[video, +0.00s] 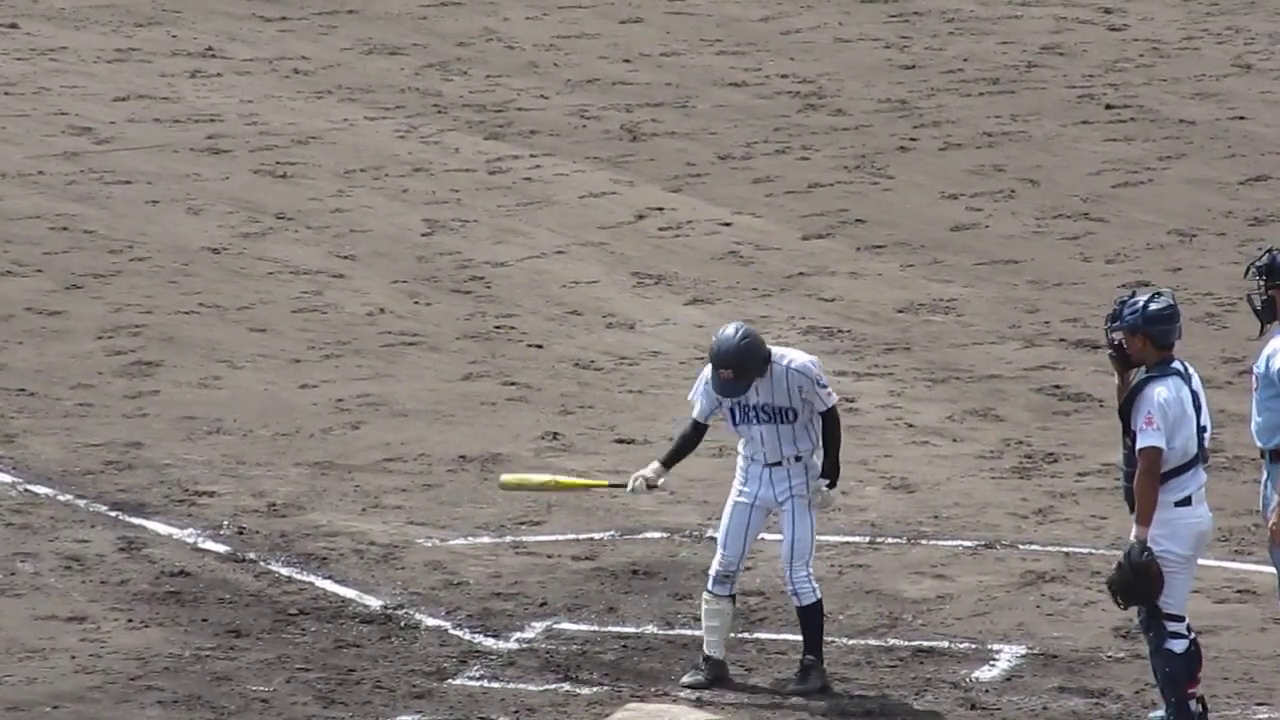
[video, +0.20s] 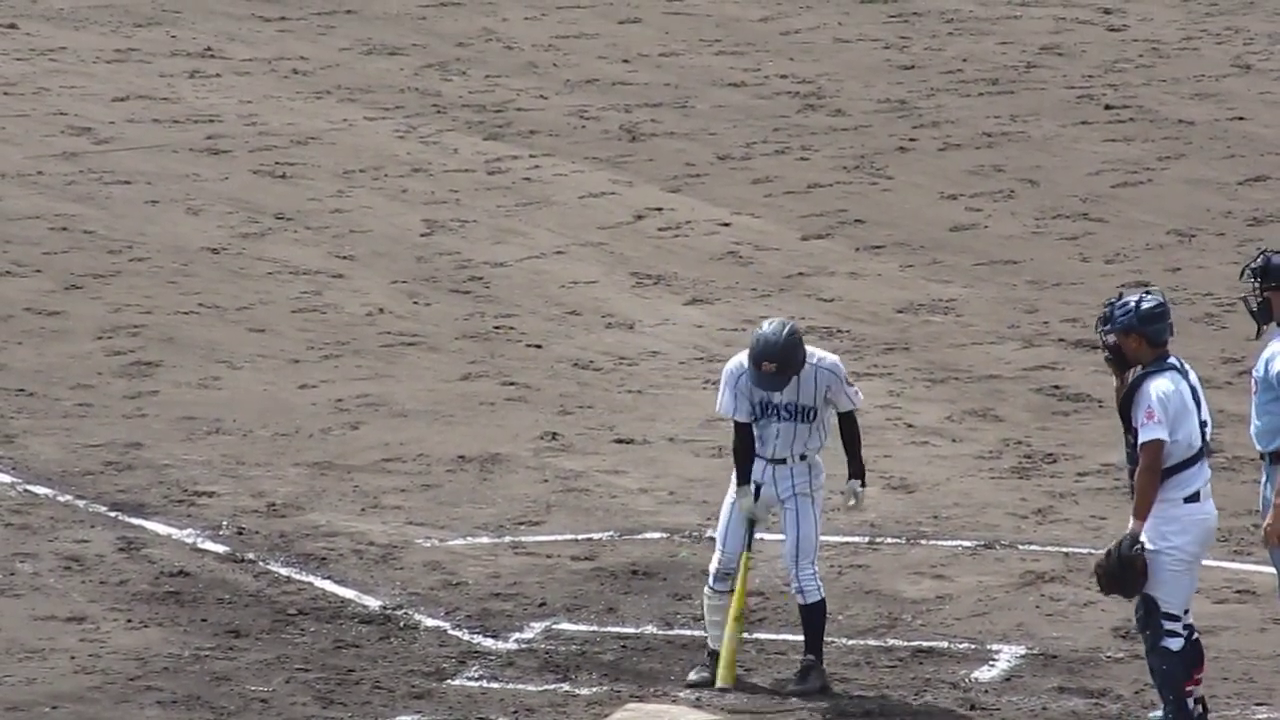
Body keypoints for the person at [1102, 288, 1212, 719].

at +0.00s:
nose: (1121, 341)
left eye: (1125, 334)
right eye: (1122, 334)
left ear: (1141, 340)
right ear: (1166, 336)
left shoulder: (1152, 392)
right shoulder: (1185, 374)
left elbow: (1149, 467)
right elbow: (1130, 425)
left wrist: (1139, 536)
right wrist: (1123, 374)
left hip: (1168, 518)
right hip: (1193, 510)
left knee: (1163, 621)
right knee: (1167, 613)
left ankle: (1182, 708)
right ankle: (1184, 699)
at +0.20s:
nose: (1112, 343)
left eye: (1117, 335)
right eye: (1112, 335)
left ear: (1135, 340)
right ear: (1153, 335)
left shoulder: (1152, 389)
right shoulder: (1179, 371)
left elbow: (1151, 464)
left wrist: (1135, 529)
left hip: (1174, 514)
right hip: (1194, 507)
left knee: (1159, 621)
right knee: (1170, 614)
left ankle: (1180, 708)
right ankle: (1186, 700)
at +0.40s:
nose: (1105, 347)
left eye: (1110, 339)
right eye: (1105, 339)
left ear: (1129, 342)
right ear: (1143, 337)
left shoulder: (1154, 386)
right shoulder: (1169, 370)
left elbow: (1156, 456)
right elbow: (1136, 434)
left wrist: (1134, 513)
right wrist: (1115, 385)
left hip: (1185, 512)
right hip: (1195, 505)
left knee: (1151, 613)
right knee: (1169, 611)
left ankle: (1181, 709)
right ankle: (1191, 700)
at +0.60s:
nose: (1099, 356)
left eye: (1104, 348)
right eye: (1099, 347)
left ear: (1124, 351)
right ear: (1135, 347)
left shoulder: (1147, 395)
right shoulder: (1166, 380)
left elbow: (1155, 467)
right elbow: (1160, 444)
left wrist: (1119, 504)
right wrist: (1109, 435)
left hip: (1184, 518)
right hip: (1193, 513)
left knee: (1139, 617)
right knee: (1152, 615)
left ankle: (1185, 709)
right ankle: (1186, 704)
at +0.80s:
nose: (1088, 385)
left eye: (1093, 377)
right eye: (1088, 377)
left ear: (1113, 378)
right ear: (1125, 373)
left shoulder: (1141, 421)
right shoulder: (1154, 402)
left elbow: (1150, 498)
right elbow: (1168, 477)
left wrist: (1115, 506)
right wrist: (1121, 488)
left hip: (1192, 534)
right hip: (1198, 530)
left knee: (1123, 624)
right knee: (1133, 618)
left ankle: (1183, 707)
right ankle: (1182, 702)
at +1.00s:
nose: (1081, 446)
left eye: (1085, 438)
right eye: (1080, 438)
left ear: (1105, 436)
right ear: (1110, 434)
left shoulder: (1137, 473)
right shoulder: (1143, 454)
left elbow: (1148, 552)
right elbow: (1168, 526)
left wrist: (1114, 557)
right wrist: (1122, 539)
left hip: (1201, 580)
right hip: (1206, 570)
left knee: (1107, 641)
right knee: (1117, 614)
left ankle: (1179, 709)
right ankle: (1180, 695)